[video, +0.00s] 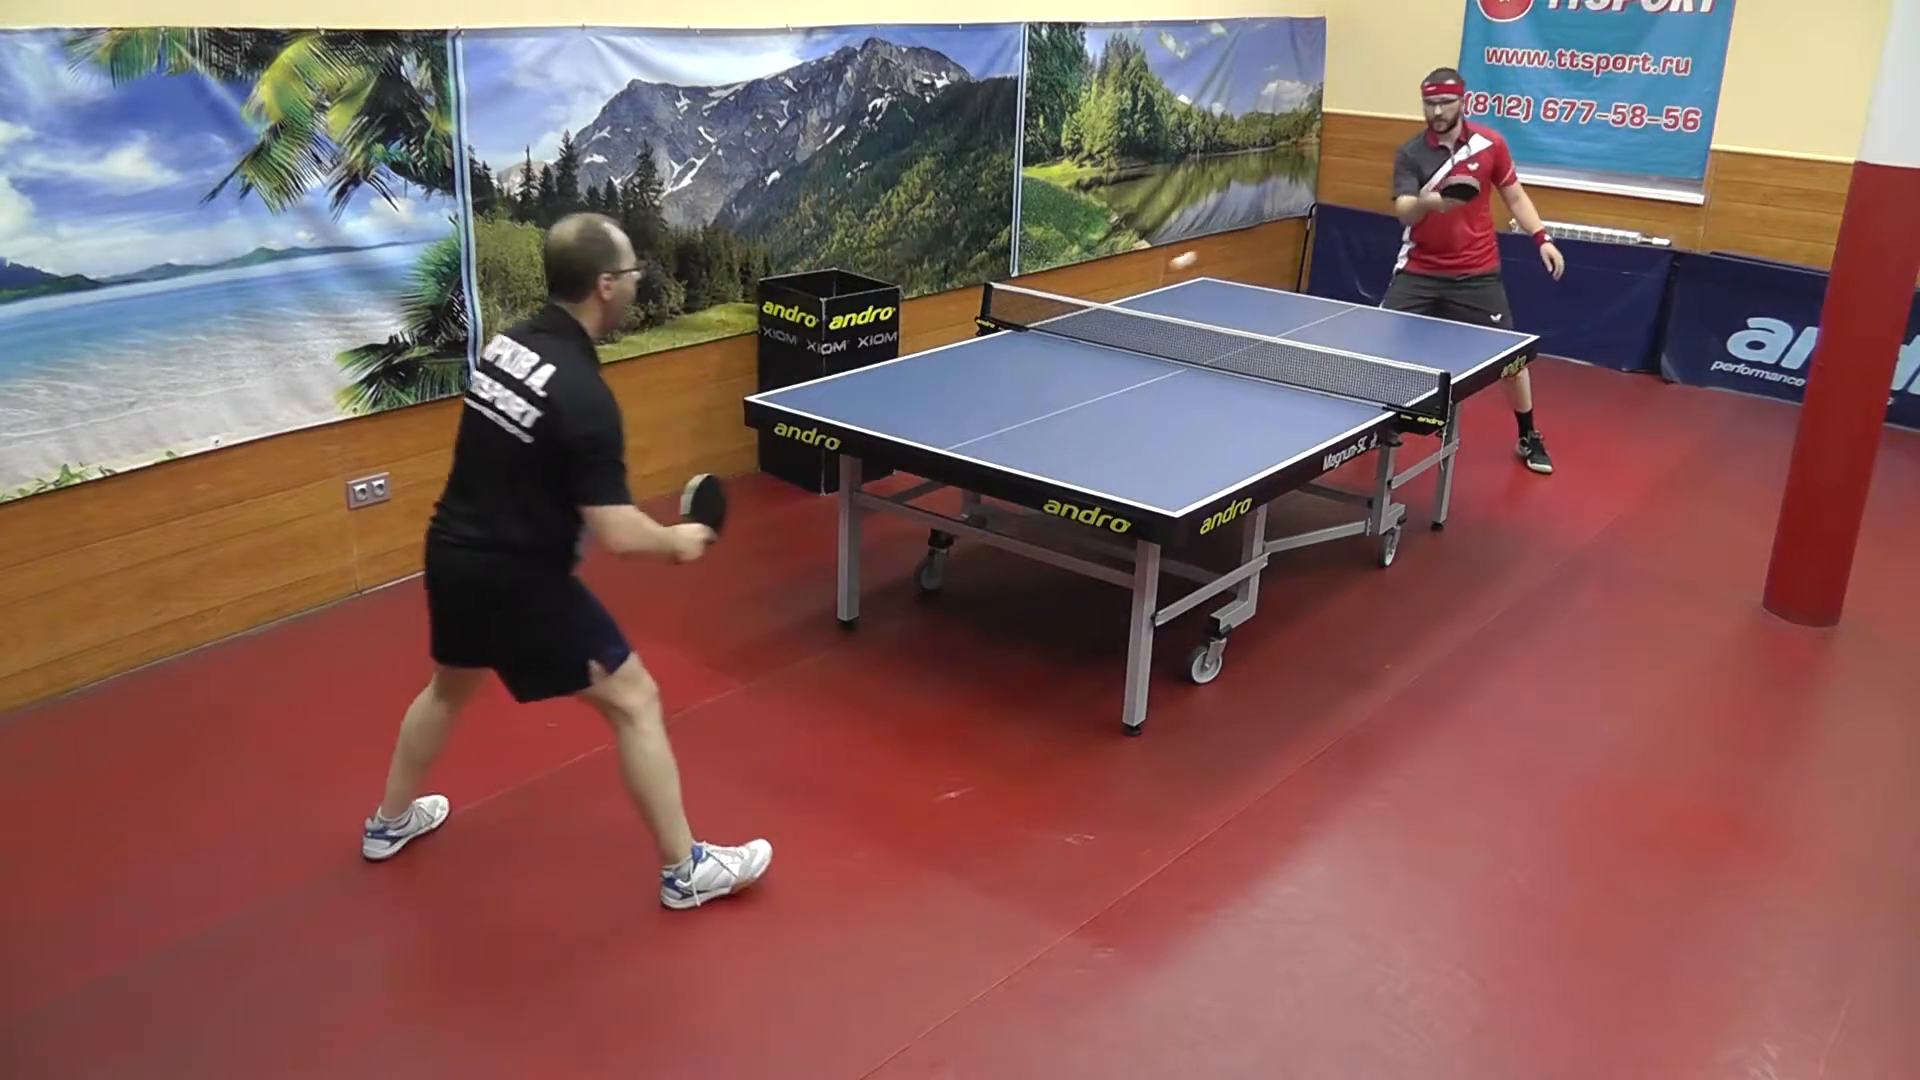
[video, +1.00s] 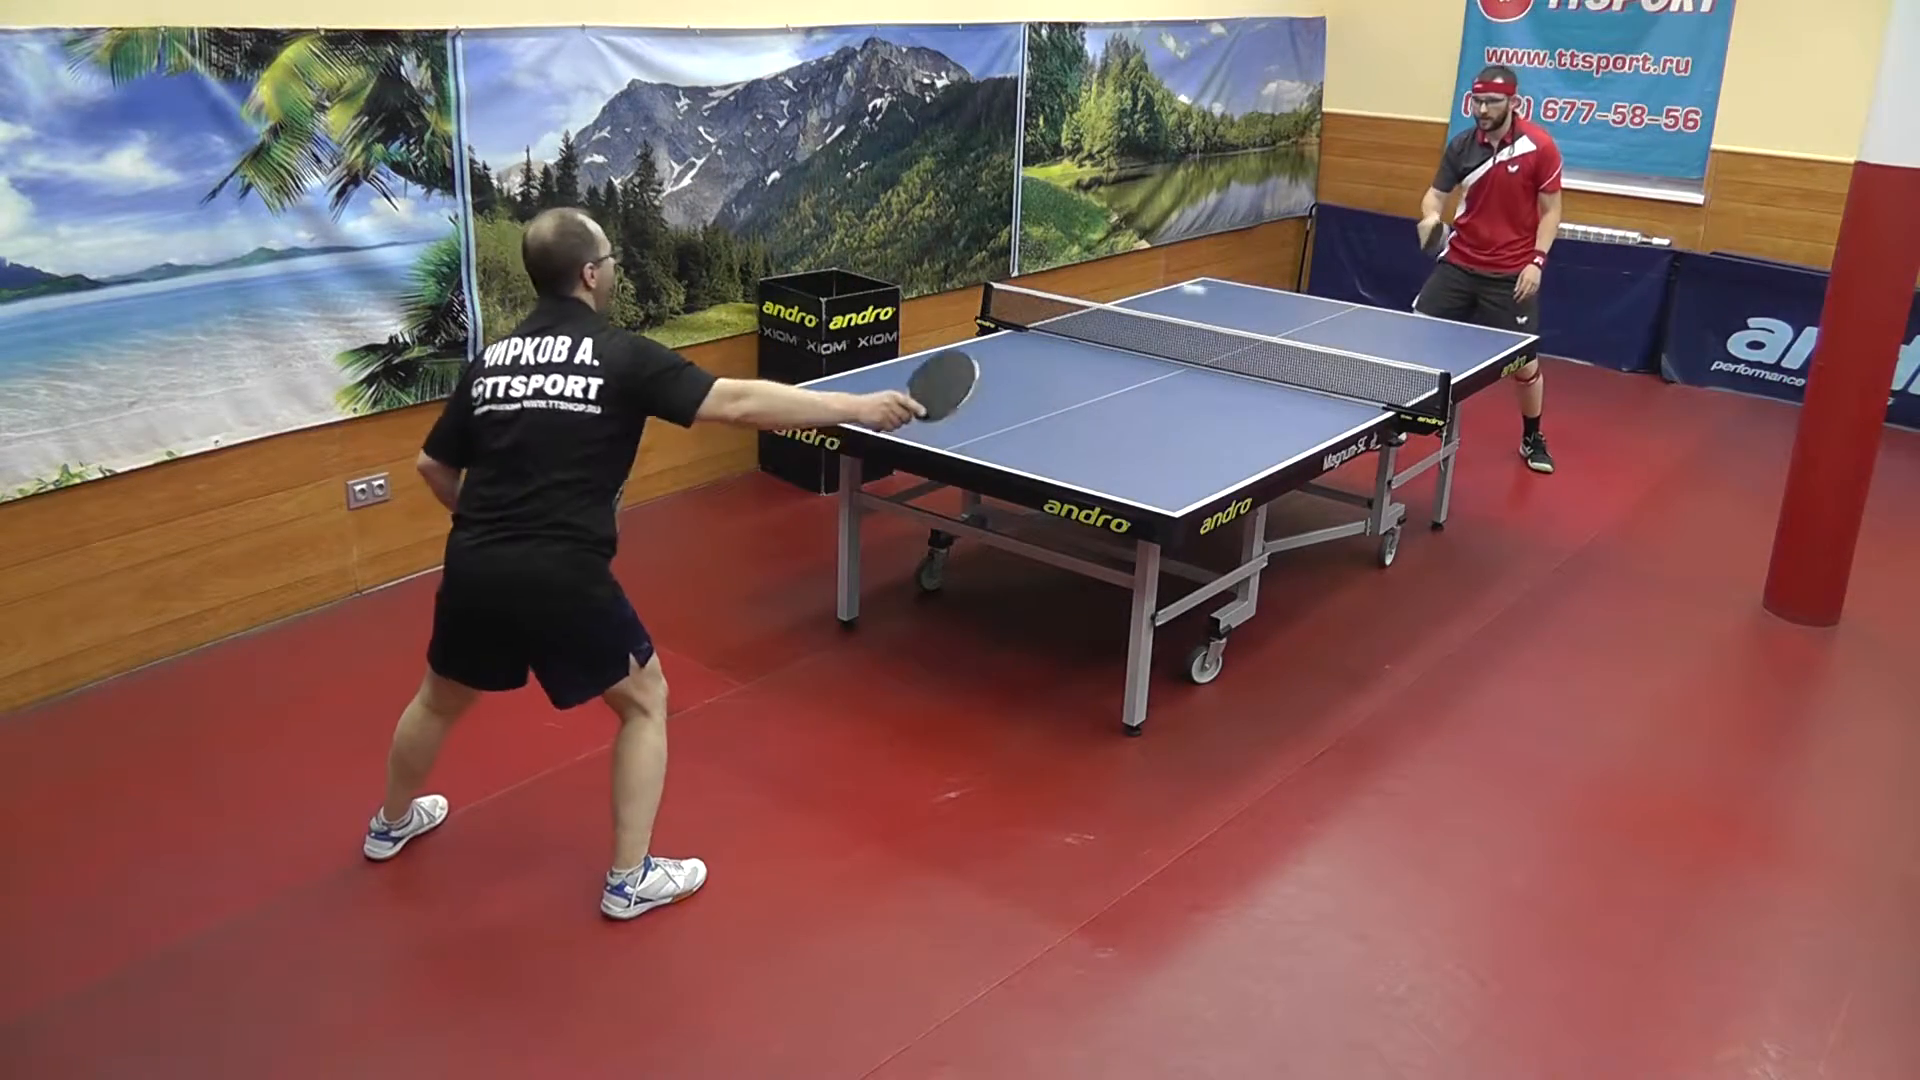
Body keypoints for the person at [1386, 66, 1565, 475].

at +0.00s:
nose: (1438, 113)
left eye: (1446, 104)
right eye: (1431, 104)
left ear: (1463, 102)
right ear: (1422, 105)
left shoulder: (1490, 145)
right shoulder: (1411, 154)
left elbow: (1515, 197)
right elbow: (1403, 213)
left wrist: (1543, 240)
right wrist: (1424, 202)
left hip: (1478, 276)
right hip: (1418, 273)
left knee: (1511, 354)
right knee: (1381, 345)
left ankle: (1529, 437)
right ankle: (1371, 425)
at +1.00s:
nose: (1485, 110)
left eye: (1494, 102)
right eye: (1479, 101)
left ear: (1513, 103)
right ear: (1471, 100)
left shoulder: (1540, 148)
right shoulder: (1462, 145)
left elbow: (1551, 210)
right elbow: (1435, 194)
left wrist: (1537, 262)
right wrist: (1432, 216)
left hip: (1511, 275)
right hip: (1457, 266)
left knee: (1524, 363)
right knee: (1414, 336)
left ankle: (1532, 437)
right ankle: (1400, 415)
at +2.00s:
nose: (1507, 101)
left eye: (1518, 93)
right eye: (1502, 92)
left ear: (1536, 96)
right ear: (1496, 93)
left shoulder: (1556, 147)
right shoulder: (1477, 133)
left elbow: (1559, 214)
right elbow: (1438, 168)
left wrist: (1542, 266)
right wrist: (1419, 169)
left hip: (1513, 278)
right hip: (1457, 266)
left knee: (1523, 367)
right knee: (1414, 340)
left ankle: (1531, 437)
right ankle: (1397, 414)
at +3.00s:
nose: (1471, 106)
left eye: (1480, 98)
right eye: (1466, 98)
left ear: (1500, 98)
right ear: (1459, 98)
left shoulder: (1526, 142)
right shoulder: (1447, 146)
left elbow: (1544, 196)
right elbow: (1432, 196)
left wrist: (1561, 247)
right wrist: (1424, 229)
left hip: (1508, 272)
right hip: (1449, 269)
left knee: (1534, 361)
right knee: (1408, 342)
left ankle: (1543, 436)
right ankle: (1397, 417)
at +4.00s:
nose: (1507, 119)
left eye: (1515, 111)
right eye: (1501, 110)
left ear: (1534, 107)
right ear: (1494, 109)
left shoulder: (1558, 147)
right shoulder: (1481, 152)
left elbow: (1579, 197)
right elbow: (1449, 198)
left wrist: (1601, 247)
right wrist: (1428, 227)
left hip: (1534, 275)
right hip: (1476, 269)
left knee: (1549, 365)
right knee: (1429, 342)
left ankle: (1551, 438)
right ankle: (1404, 416)